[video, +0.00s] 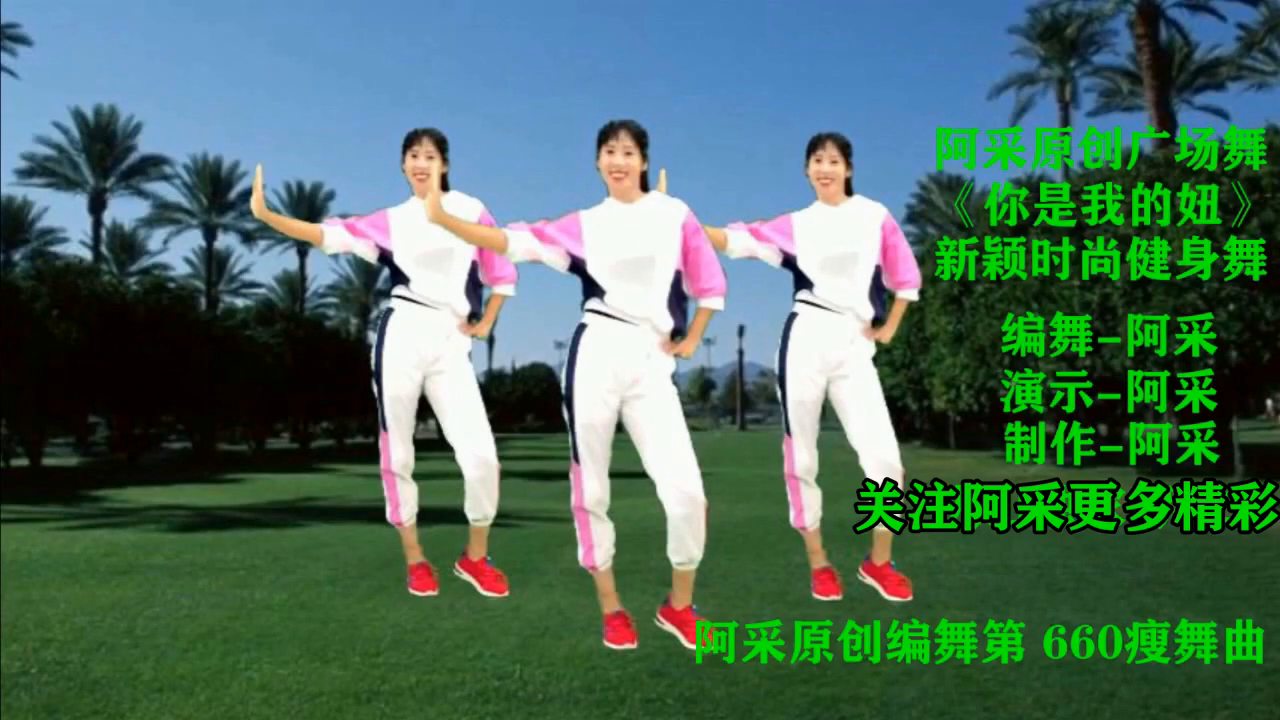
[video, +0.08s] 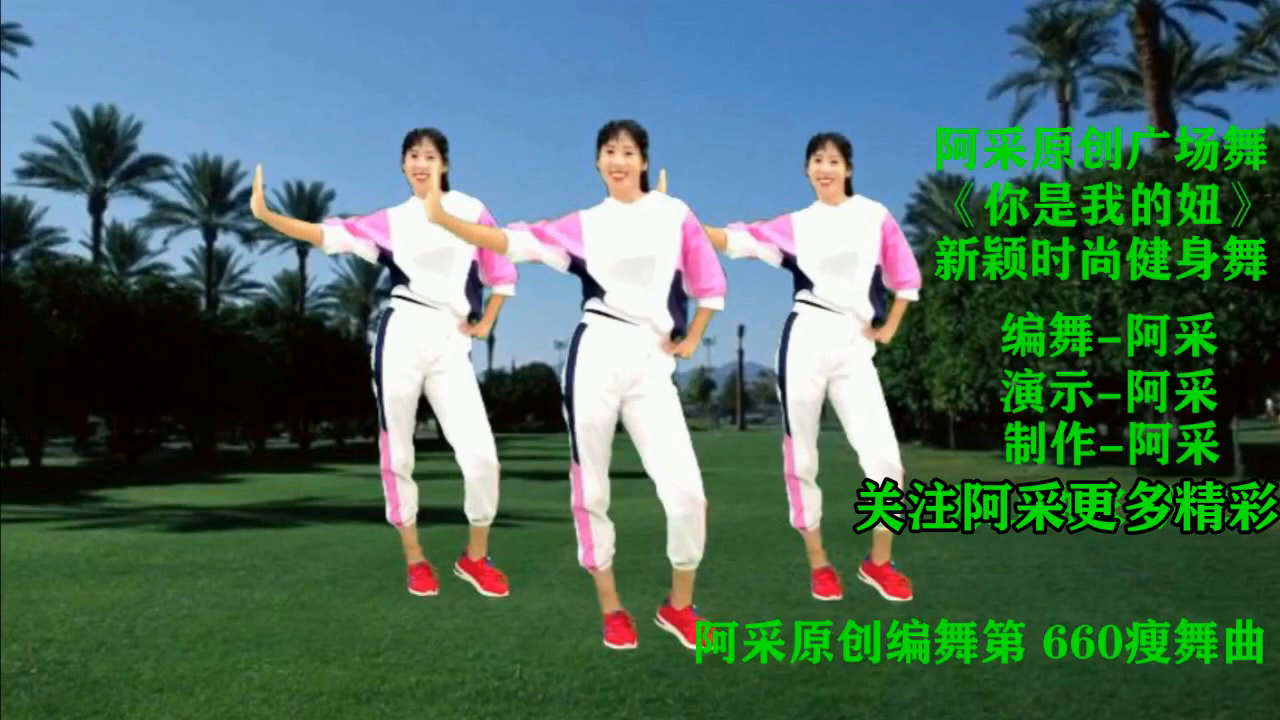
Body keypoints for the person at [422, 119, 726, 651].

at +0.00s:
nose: (618, 160)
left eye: (628, 152)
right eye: (609, 152)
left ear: (644, 162)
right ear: (598, 163)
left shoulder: (675, 216)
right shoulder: (586, 223)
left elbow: (711, 284)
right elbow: (510, 241)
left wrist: (689, 342)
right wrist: (442, 218)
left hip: (654, 353)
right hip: (598, 348)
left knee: (686, 492)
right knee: (593, 488)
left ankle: (679, 607)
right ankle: (612, 610)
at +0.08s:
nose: (618, 160)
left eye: (628, 152)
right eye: (609, 152)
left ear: (644, 162)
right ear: (598, 163)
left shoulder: (675, 216)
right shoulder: (586, 223)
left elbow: (711, 284)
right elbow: (510, 241)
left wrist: (689, 342)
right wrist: (442, 218)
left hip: (654, 353)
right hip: (598, 348)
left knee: (686, 492)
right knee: (593, 488)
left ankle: (679, 607)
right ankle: (612, 610)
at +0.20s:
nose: (618, 160)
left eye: (628, 152)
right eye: (609, 152)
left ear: (644, 162)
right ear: (598, 163)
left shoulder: (675, 216)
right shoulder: (586, 223)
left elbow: (711, 284)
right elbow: (510, 241)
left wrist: (689, 342)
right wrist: (442, 218)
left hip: (654, 353)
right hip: (598, 348)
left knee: (686, 492)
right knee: (593, 488)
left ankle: (679, 607)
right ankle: (612, 610)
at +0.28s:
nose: (618, 160)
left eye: (628, 152)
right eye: (609, 152)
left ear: (644, 162)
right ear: (598, 163)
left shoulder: (675, 215)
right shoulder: (586, 223)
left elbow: (711, 284)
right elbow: (510, 241)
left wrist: (689, 342)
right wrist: (443, 218)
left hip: (654, 353)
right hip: (598, 348)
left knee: (686, 493)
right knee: (593, 489)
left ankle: (679, 607)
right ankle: (612, 611)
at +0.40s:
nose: (618, 160)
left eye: (628, 152)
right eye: (609, 152)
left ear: (644, 162)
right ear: (598, 163)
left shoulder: (675, 215)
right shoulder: (586, 223)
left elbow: (711, 284)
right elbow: (510, 241)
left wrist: (689, 342)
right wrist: (443, 218)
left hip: (654, 353)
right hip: (598, 348)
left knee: (686, 492)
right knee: (593, 489)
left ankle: (679, 607)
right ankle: (612, 611)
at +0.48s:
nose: (618, 160)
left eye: (628, 152)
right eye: (609, 152)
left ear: (644, 162)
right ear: (598, 163)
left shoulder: (675, 215)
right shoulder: (586, 223)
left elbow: (711, 284)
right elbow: (510, 241)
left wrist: (689, 342)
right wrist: (443, 217)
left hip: (654, 353)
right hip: (598, 348)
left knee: (686, 492)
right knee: (593, 489)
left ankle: (679, 607)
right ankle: (612, 611)